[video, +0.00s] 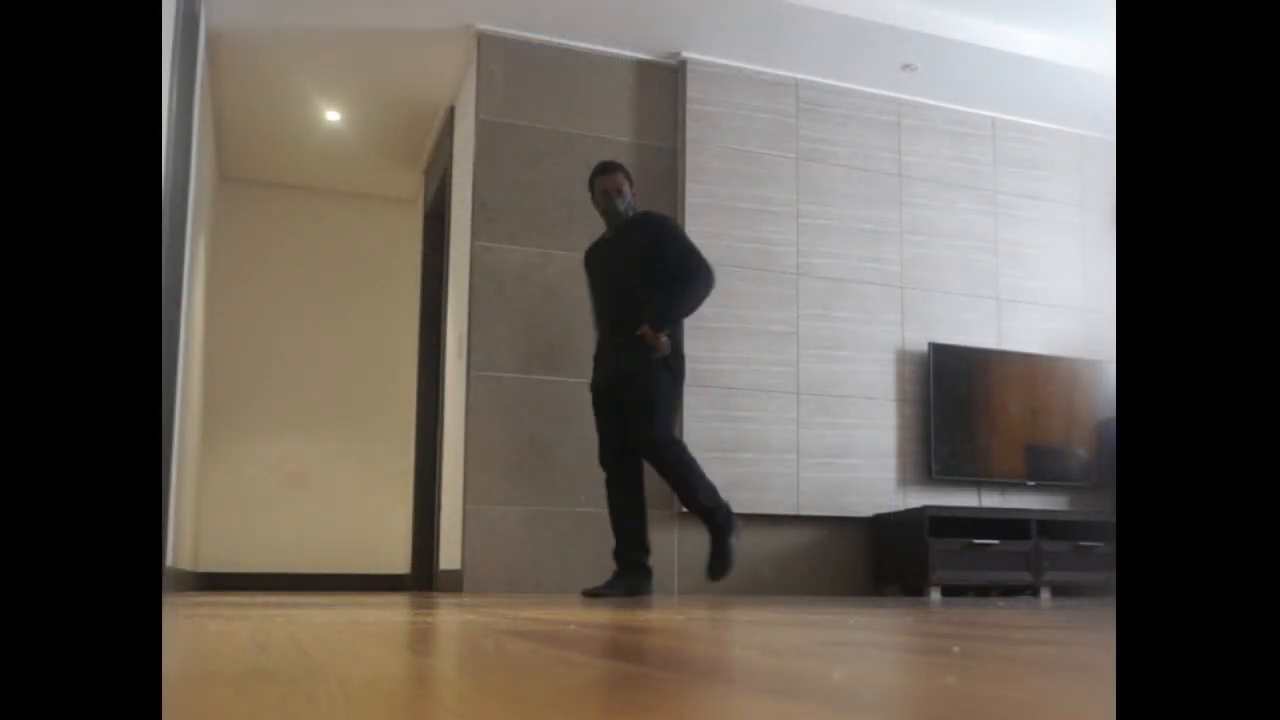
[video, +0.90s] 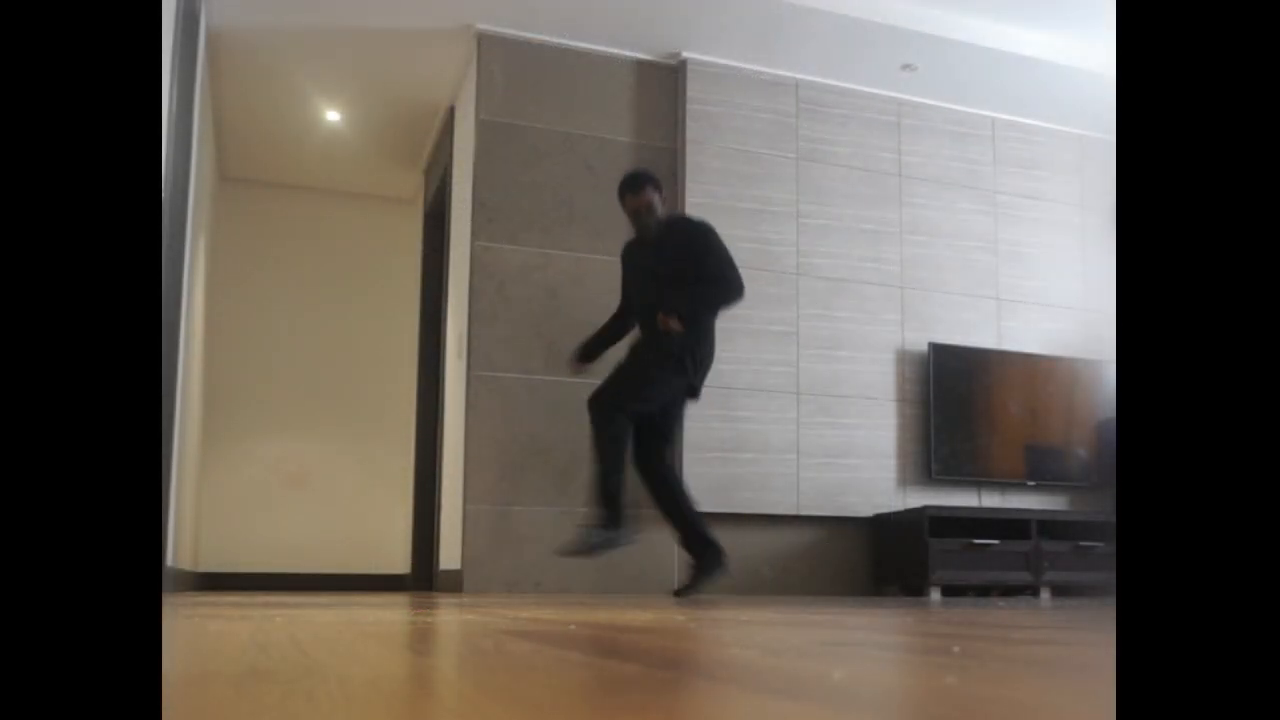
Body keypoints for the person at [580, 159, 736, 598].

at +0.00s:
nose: (613, 200)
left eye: (619, 191)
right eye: (604, 195)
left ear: (632, 192)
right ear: (593, 202)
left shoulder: (657, 228)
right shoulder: (596, 255)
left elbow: (701, 277)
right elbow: (605, 317)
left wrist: (662, 322)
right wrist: (602, 368)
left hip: (655, 363)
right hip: (611, 368)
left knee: (656, 443)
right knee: (618, 464)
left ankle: (720, 520)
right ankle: (632, 571)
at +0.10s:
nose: (608, 200)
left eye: (613, 191)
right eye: (600, 196)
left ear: (628, 186)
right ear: (592, 201)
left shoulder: (661, 218)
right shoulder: (602, 245)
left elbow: (710, 266)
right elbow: (620, 302)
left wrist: (670, 312)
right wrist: (609, 346)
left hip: (663, 352)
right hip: (618, 355)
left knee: (661, 441)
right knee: (602, 444)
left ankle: (706, 538)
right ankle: (619, 553)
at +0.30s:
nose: (615, 220)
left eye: (620, 211)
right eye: (606, 216)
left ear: (635, 205)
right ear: (600, 220)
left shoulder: (662, 235)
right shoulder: (619, 250)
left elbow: (730, 273)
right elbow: (633, 296)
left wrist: (688, 332)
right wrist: (605, 332)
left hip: (670, 360)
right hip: (636, 355)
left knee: (666, 462)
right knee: (568, 386)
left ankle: (693, 570)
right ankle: (597, 495)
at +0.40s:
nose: (634, 193)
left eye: (640, 185)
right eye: (625, 187)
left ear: (654, 184)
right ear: (615, 191)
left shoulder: (673, 222)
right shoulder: (620, 229)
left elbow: (734, 270)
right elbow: (636, 284)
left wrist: (685, 316)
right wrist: (628, 328)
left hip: (669, 347)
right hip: (629, 343)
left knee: (646, 442)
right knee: (596, 423)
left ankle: (663, 560)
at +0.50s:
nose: (648, 198)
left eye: (656, 190)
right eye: (640, 191)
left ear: (669, 189)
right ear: (628, 192)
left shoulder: (681, 231)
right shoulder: (625, 235)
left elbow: (728, 282)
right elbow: (624, 293)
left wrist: (680, 316)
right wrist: (620, 338)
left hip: (662, 359)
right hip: (624, 356)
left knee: (649, 458)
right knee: (613, 453)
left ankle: (652, 571)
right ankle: (703, 492)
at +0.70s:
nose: (656, 211)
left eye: (662, 202)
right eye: (647, 204)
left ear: (675, 196)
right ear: (635, 204)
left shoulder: (698, 237)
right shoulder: (634, 244)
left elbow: (728, 300)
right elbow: (632, 305)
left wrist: (677, 317)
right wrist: (611, 348)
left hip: (671, 359)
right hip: (637, 359)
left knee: (620, 429)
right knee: (658, 458)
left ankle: (612, 549)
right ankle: (709, 555)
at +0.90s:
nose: (642, 215)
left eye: (647, 206)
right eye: (634, 210)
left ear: (661, 200)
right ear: (626, 213)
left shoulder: (694, 234)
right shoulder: (634, 252)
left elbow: (731, 287)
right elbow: (630, 310)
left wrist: (685, 314)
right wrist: (590, 349)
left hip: (680, 355)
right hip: (651, 357)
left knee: (607, 404)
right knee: (652, 460)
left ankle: (611, 521)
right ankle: (706, 554)